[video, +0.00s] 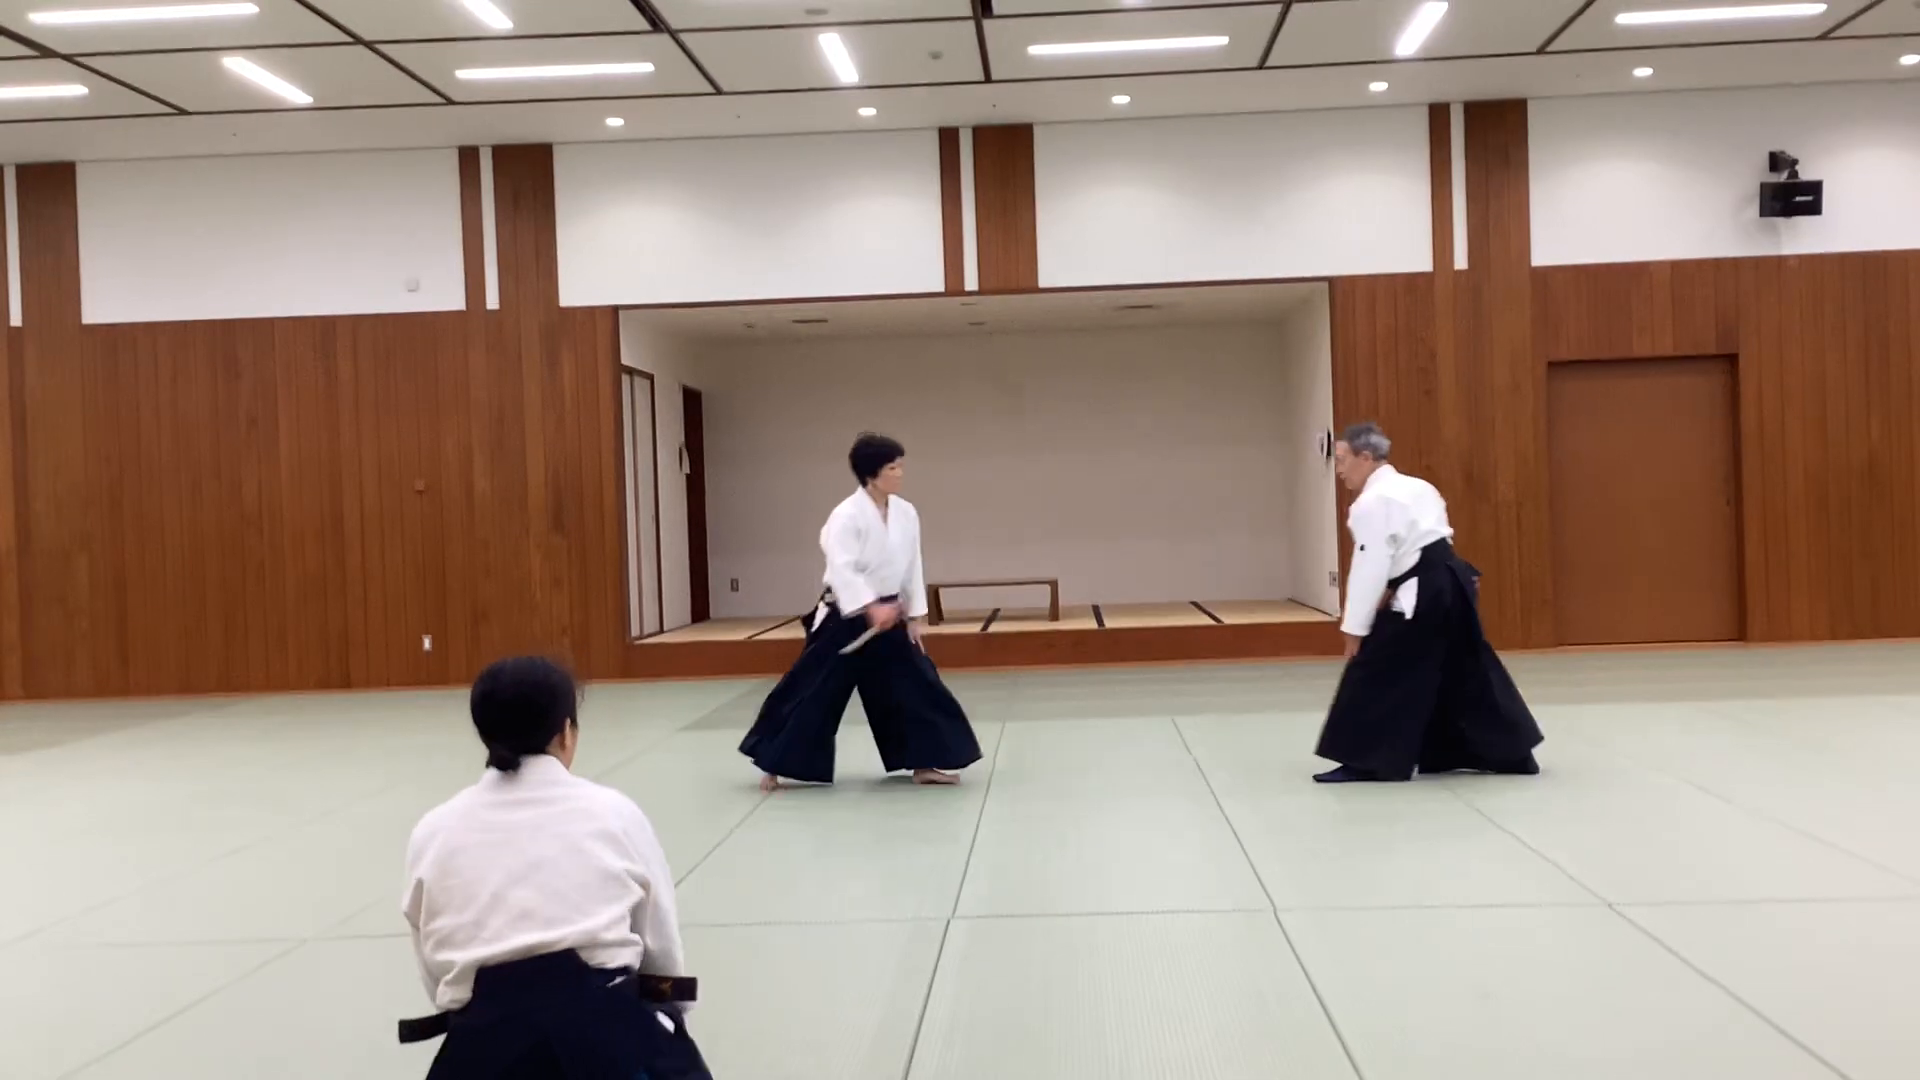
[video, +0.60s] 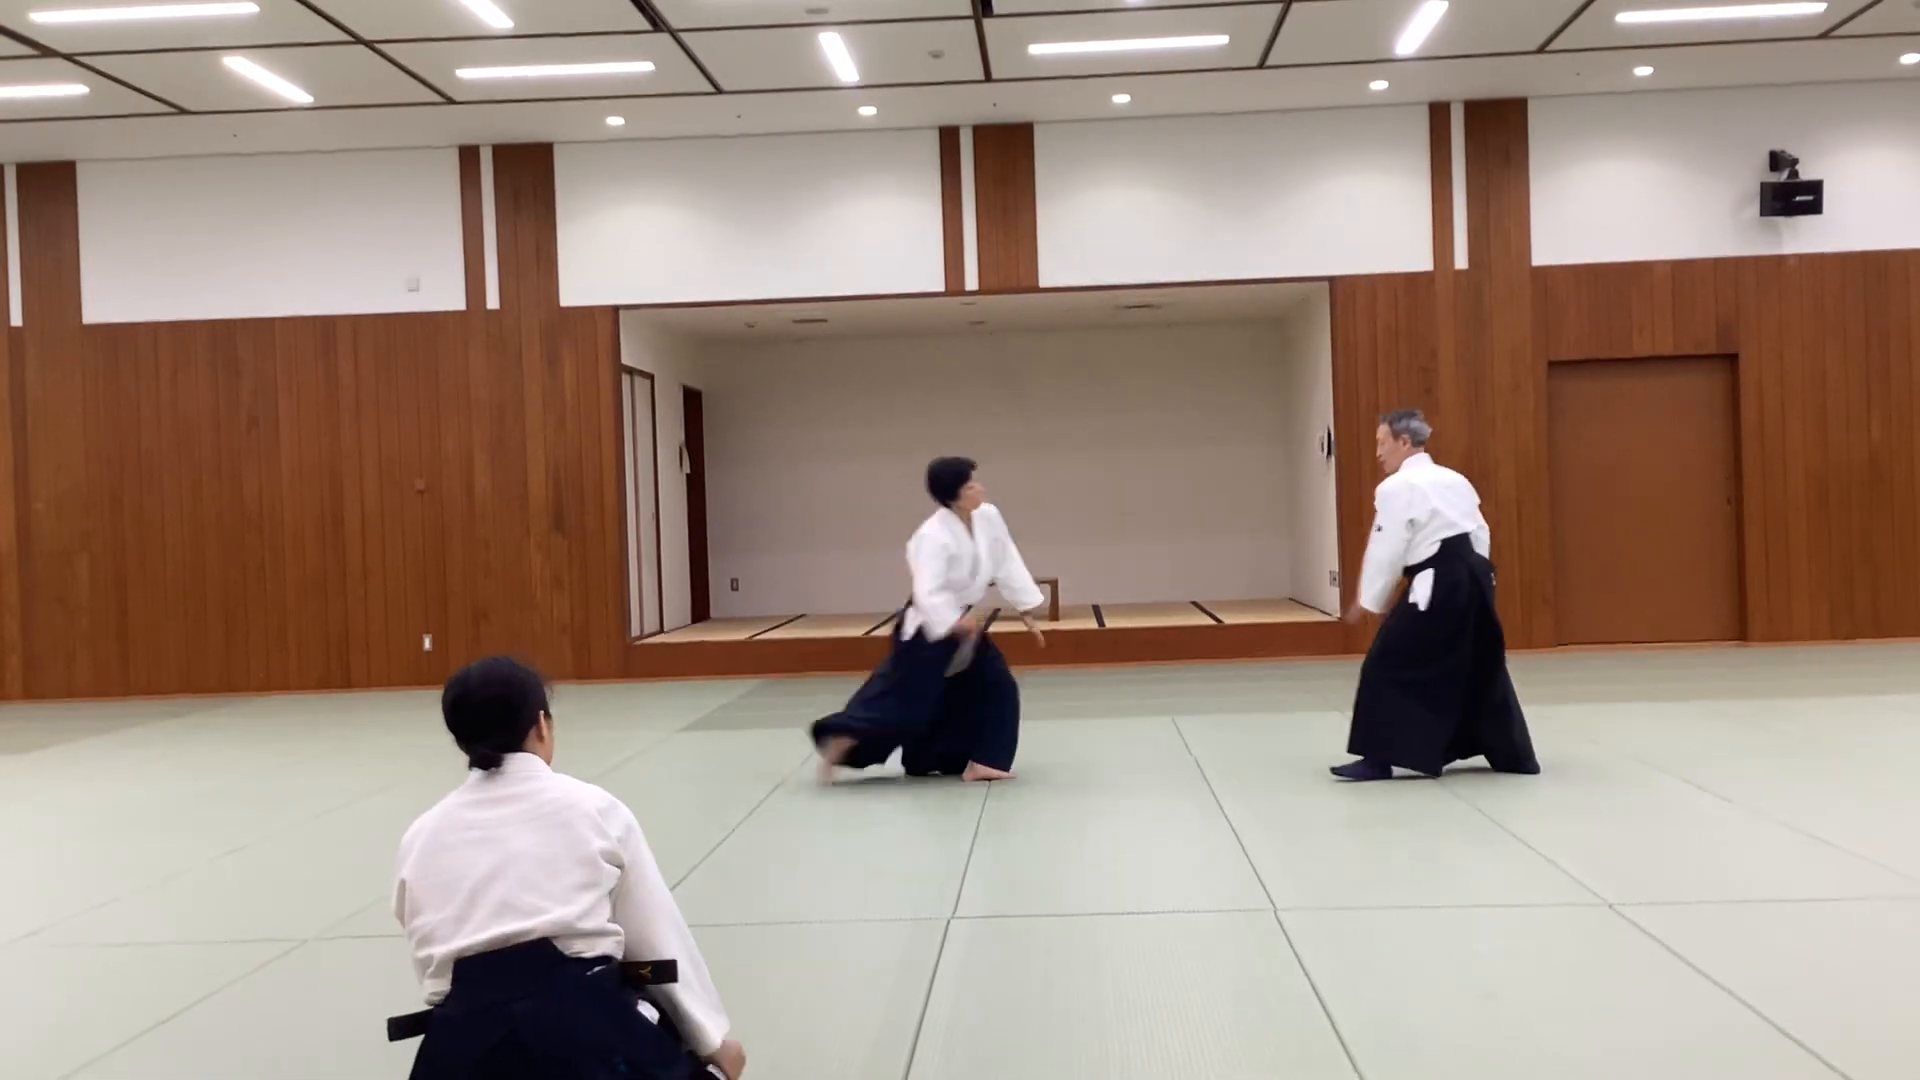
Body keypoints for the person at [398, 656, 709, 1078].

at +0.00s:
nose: (575, 736)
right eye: (575, 726)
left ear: (487, 735)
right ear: (566, 735)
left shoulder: (435, 830)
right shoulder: (614, 811)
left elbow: (436, 977)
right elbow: (661, 950)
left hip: (486, 1041)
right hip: (607, 1030)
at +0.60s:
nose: (553, 729)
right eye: (550, 717)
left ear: (464, 739)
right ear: (541, 726)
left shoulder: (421, 837)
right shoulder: (594, 809)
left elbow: (430, 967)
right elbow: (656, 940)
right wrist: (712, 1040)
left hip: (466, 1039)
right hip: (590, 1028)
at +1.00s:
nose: (583, 721)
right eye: (581, 709)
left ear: (493, 730)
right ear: (573, 718)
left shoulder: (451, 827)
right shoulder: (632, 807)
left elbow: (455, 973)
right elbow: (669, 955)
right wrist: (670, 1041)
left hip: (496, 1040)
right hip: (620, 1033)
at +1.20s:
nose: (600, 721)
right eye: (599, 710)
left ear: (510, 730)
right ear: (592, 717)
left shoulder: (466, 819)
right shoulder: (649, 808)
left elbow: (460, 966)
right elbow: (678, 958)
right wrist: (675, 1037)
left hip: (504, 1037)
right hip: (628, 1033)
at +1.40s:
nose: (612, 720)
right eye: (611, 709)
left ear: (521, 727)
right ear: (603, 717)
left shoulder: (474, 813)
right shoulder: (658, 809)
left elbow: (468, 950)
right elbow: (678, 955)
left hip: (505, 1038)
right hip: (630, 1035)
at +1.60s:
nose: (618, 720)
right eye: (617, 709)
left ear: (527, 729)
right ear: (611, 717)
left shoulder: (478, 813)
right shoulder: (662, 813)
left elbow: (473, 950)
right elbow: (681, 963)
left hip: (507, 1039)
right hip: (632, 1037)